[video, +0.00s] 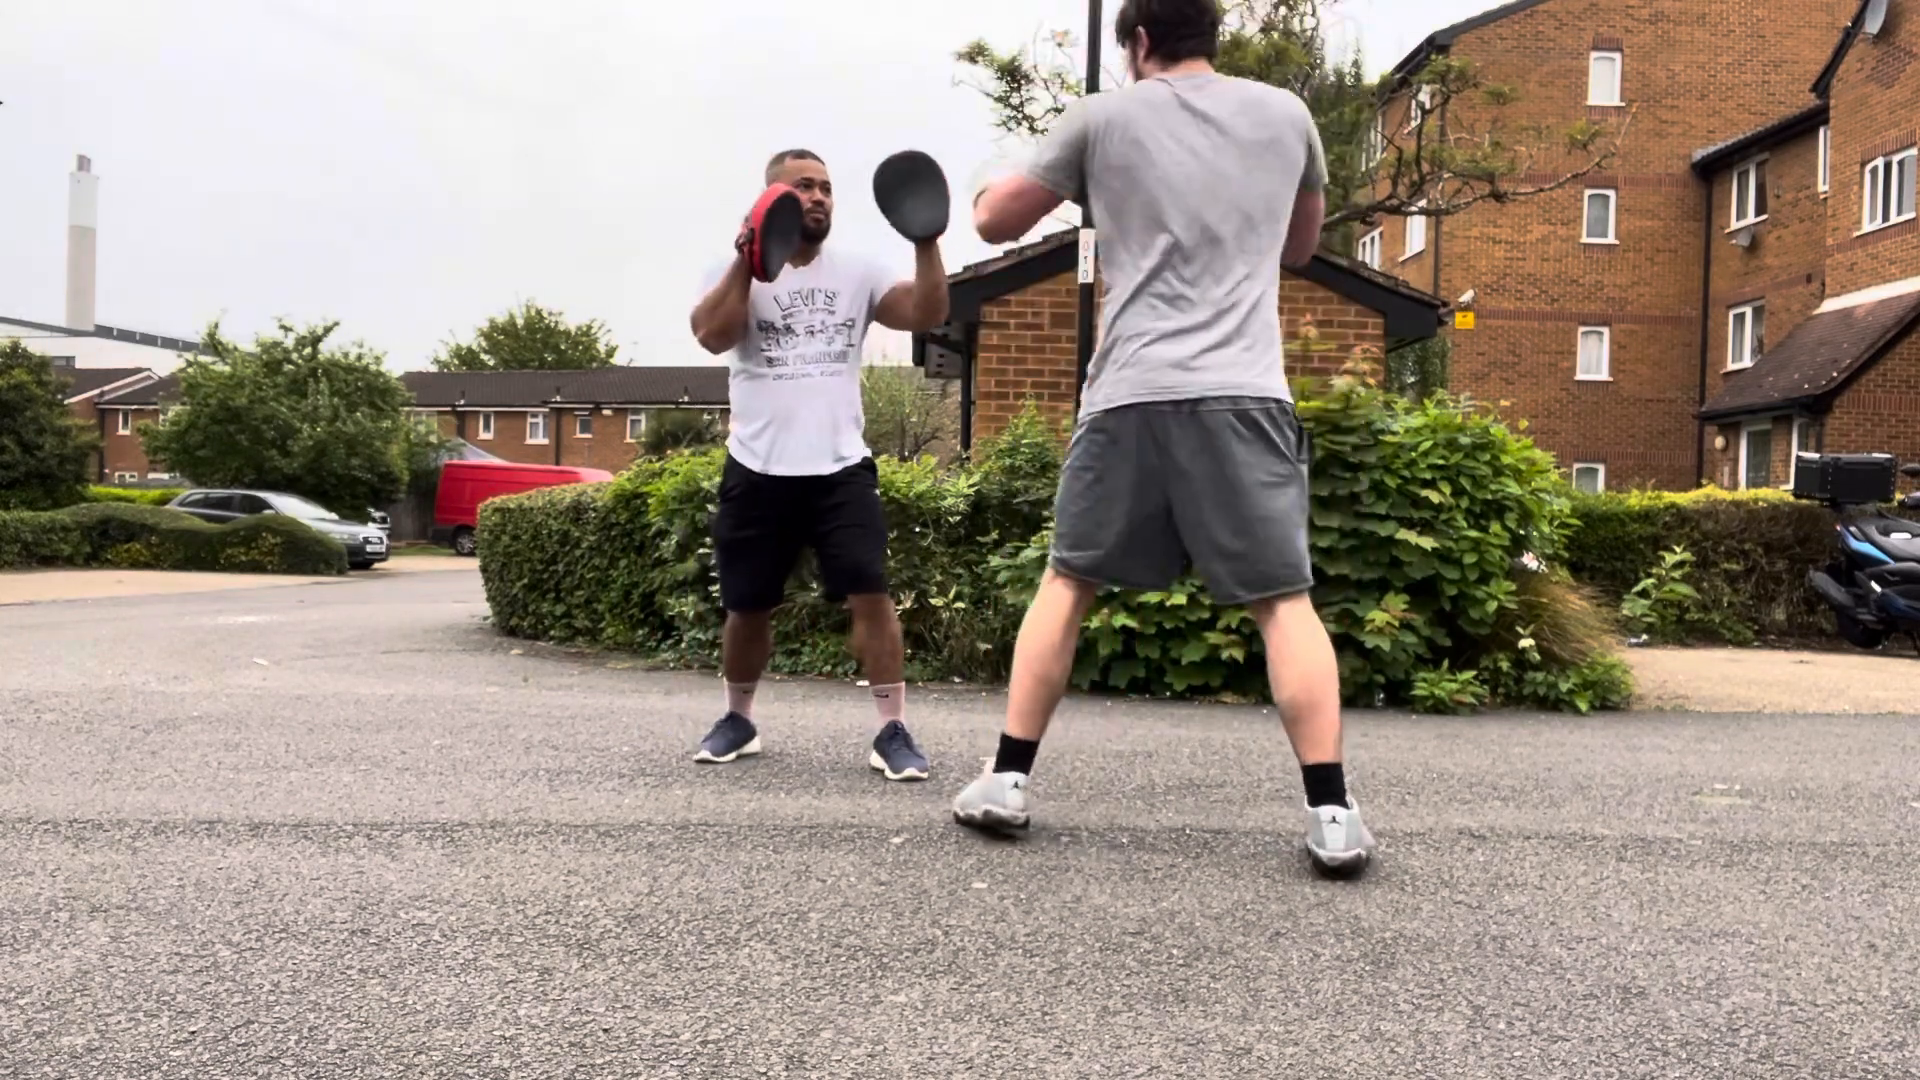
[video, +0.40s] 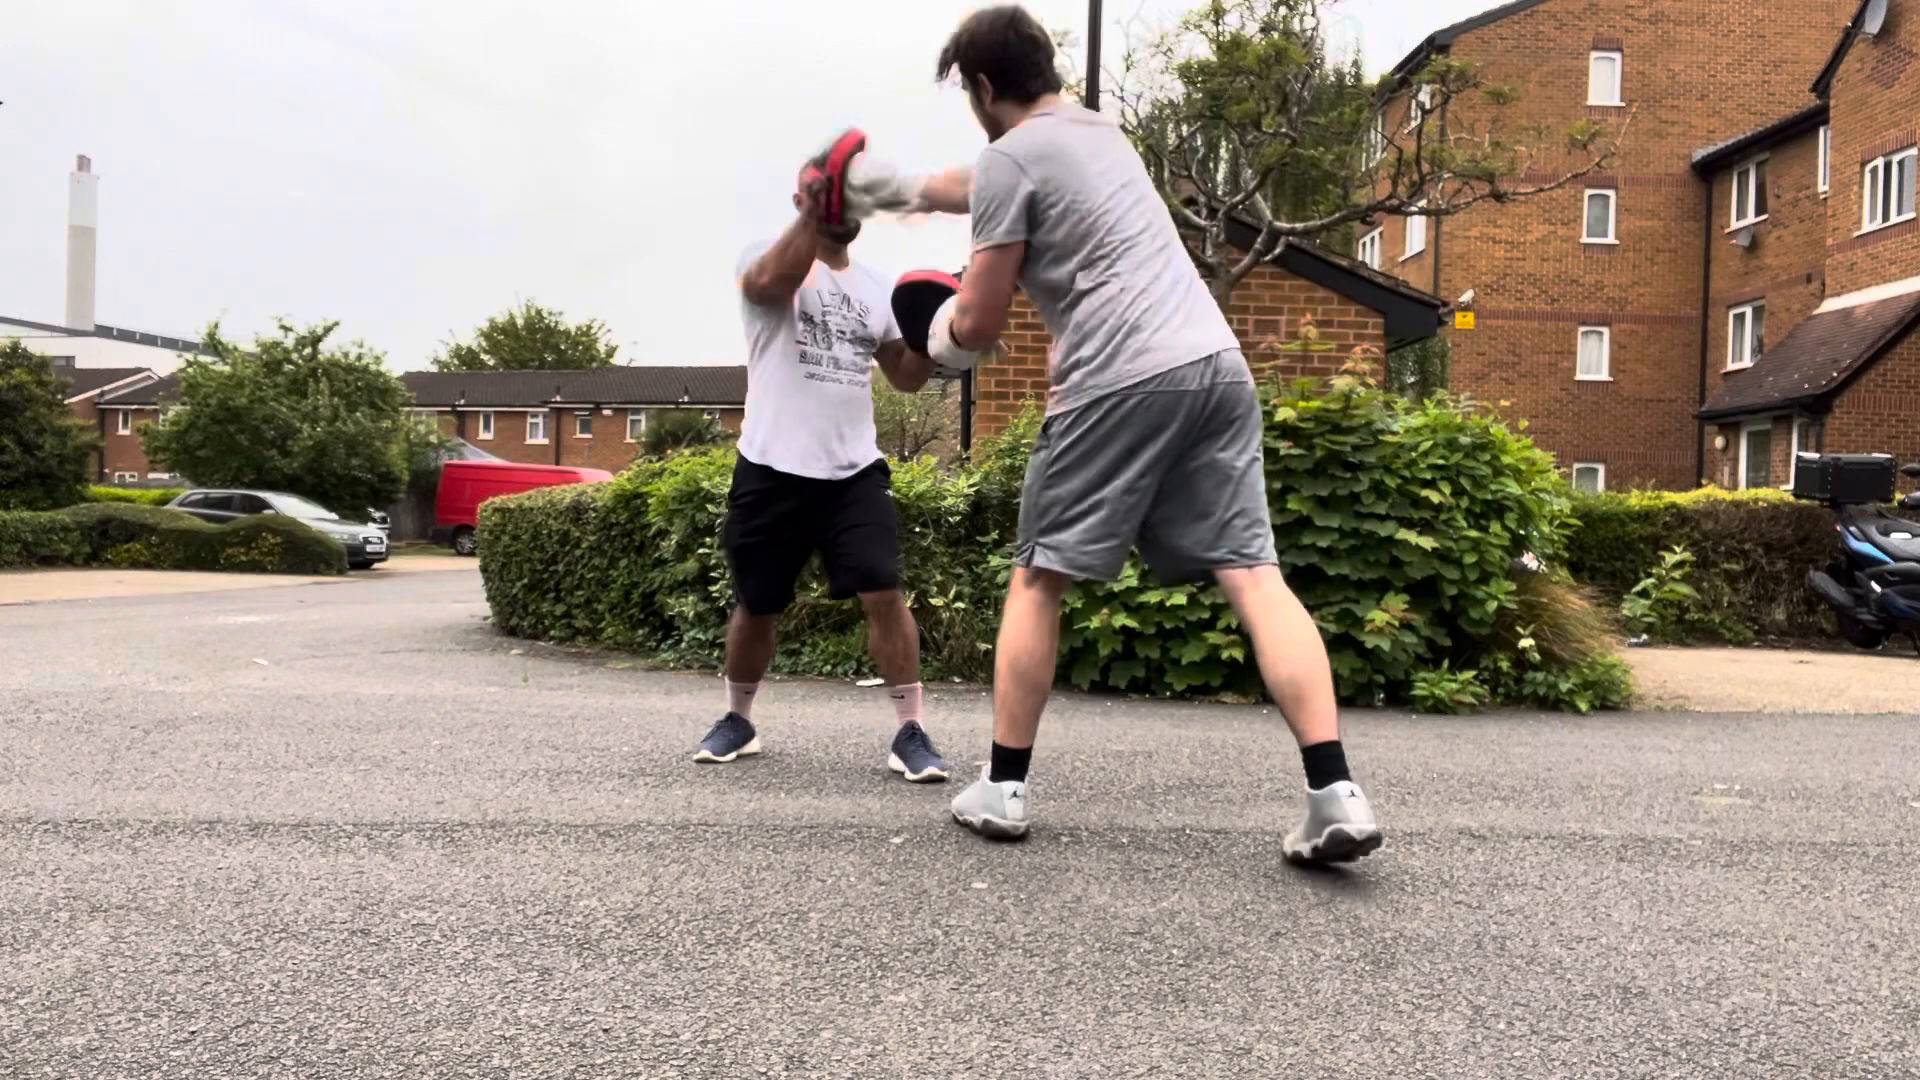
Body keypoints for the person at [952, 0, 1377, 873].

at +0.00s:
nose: (1126, 61)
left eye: (1127, 46)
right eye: (1129, 47)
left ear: (1141, 41)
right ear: (1212, 37)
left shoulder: (1104, 116)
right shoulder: (1287, 113)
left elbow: (996, 220)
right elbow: (1300, 247)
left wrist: (1003, 187)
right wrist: (1228, 207)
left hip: (1127, 395)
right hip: (1248, 395)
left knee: (1066, 582)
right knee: (1284, 598)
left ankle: (1006, 779)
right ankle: (1333, 813)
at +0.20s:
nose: (1027, 77)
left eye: (1027, 64)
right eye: (1029, 64)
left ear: (1043, 60)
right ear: (1114, 48)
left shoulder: (1016, 136)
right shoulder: (1195, 118)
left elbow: (939, 232)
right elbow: (1223, 243)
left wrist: (923, 203)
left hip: (1088, 389)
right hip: (1204, 383)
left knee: (1033, 583)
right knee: (1251, 582)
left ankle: (1000, 787)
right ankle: (1325, 785)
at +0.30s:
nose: (992, 85)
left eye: (991, 73)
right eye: (991, 74)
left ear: (1008, 67)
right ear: (1083, 57)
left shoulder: (995, 142)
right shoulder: (1157, 120)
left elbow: (936, 283)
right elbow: (1161, 225)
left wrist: (942, 297)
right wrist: (1032, 251)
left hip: (1101, 374)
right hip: (1211, 368)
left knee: (1034, 580)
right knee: (1248, 579)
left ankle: (999, 787)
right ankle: (1323, 792)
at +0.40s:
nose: (971, 109)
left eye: (966, 94)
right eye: (968, 95)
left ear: (985, 84)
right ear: (1047, 72)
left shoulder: (1009, 161)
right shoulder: (1103, 134)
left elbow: (977, 326)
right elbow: (975, 185)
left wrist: (952, 324)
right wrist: (892, 184)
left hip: (1117, 381)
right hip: (1218, 364)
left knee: (1038, 580)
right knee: (1256, 577)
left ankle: (1003, 788)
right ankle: (1336, 794)